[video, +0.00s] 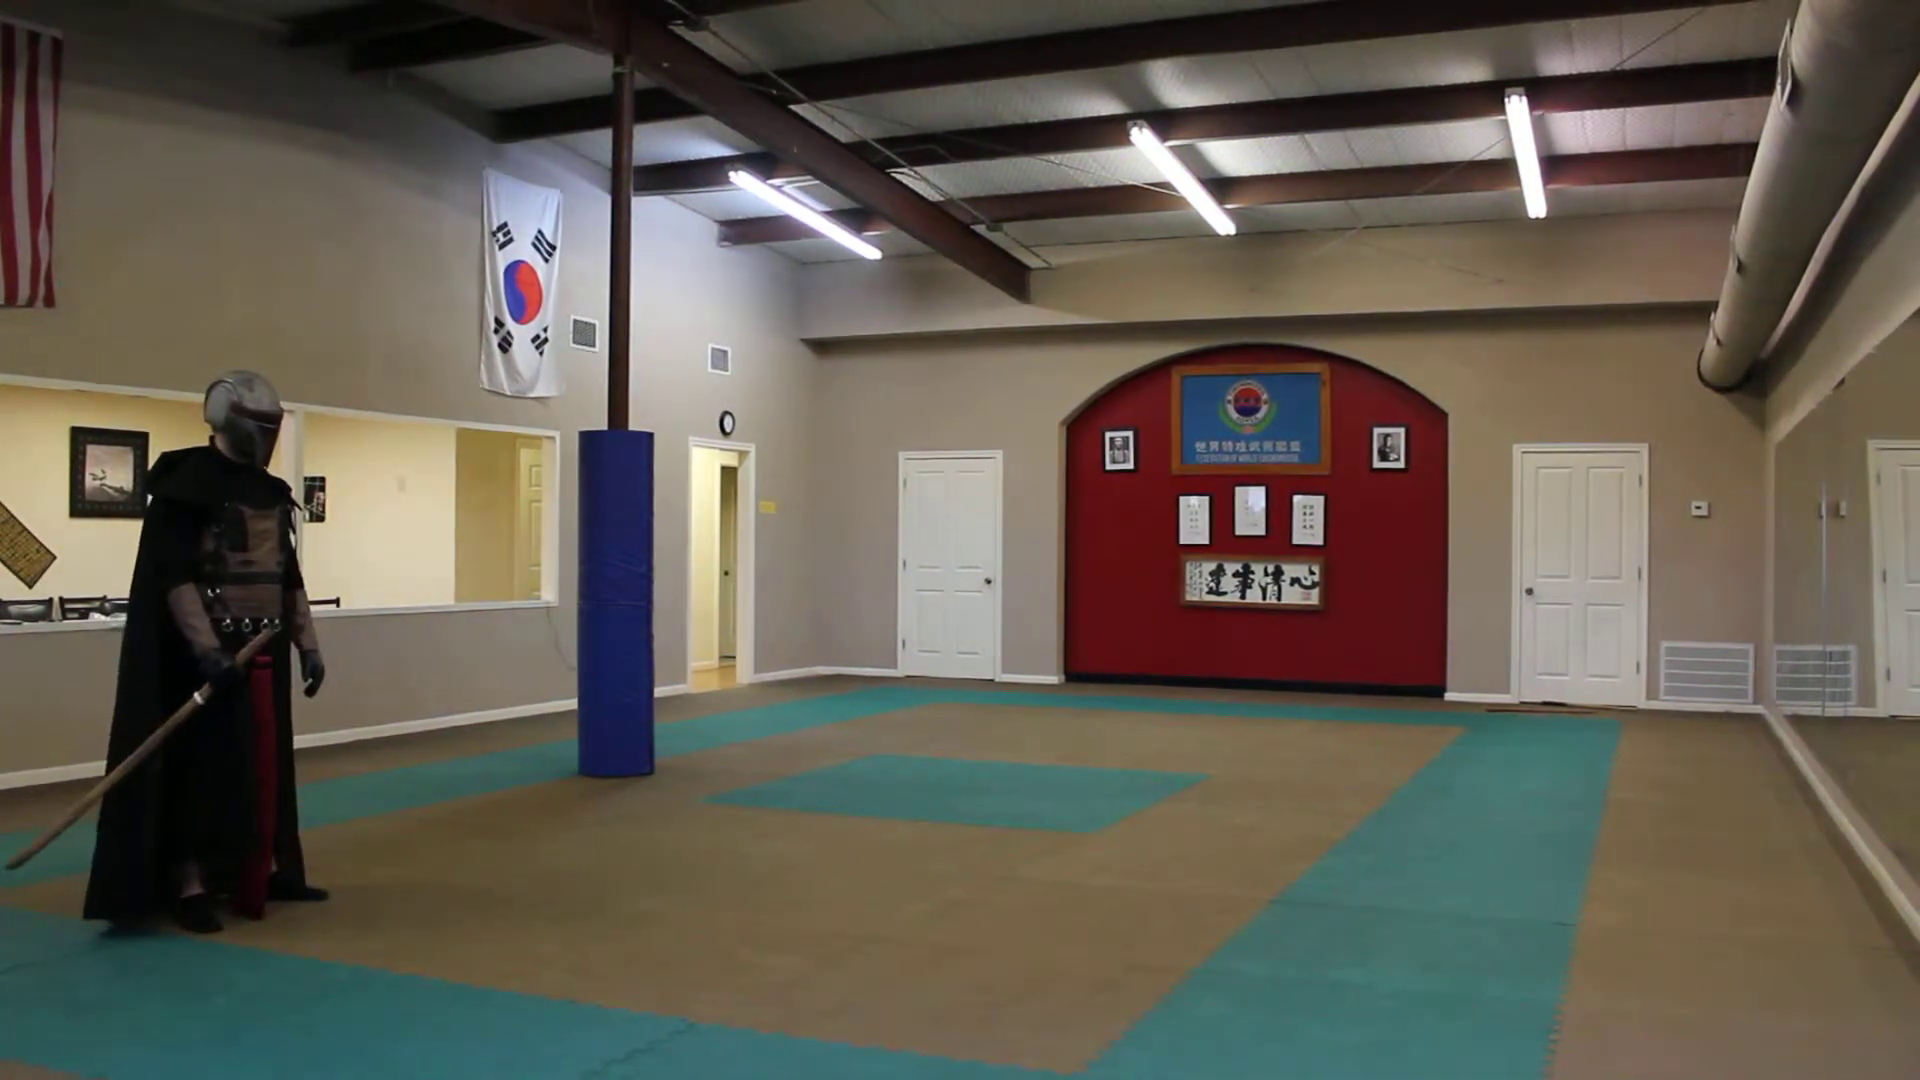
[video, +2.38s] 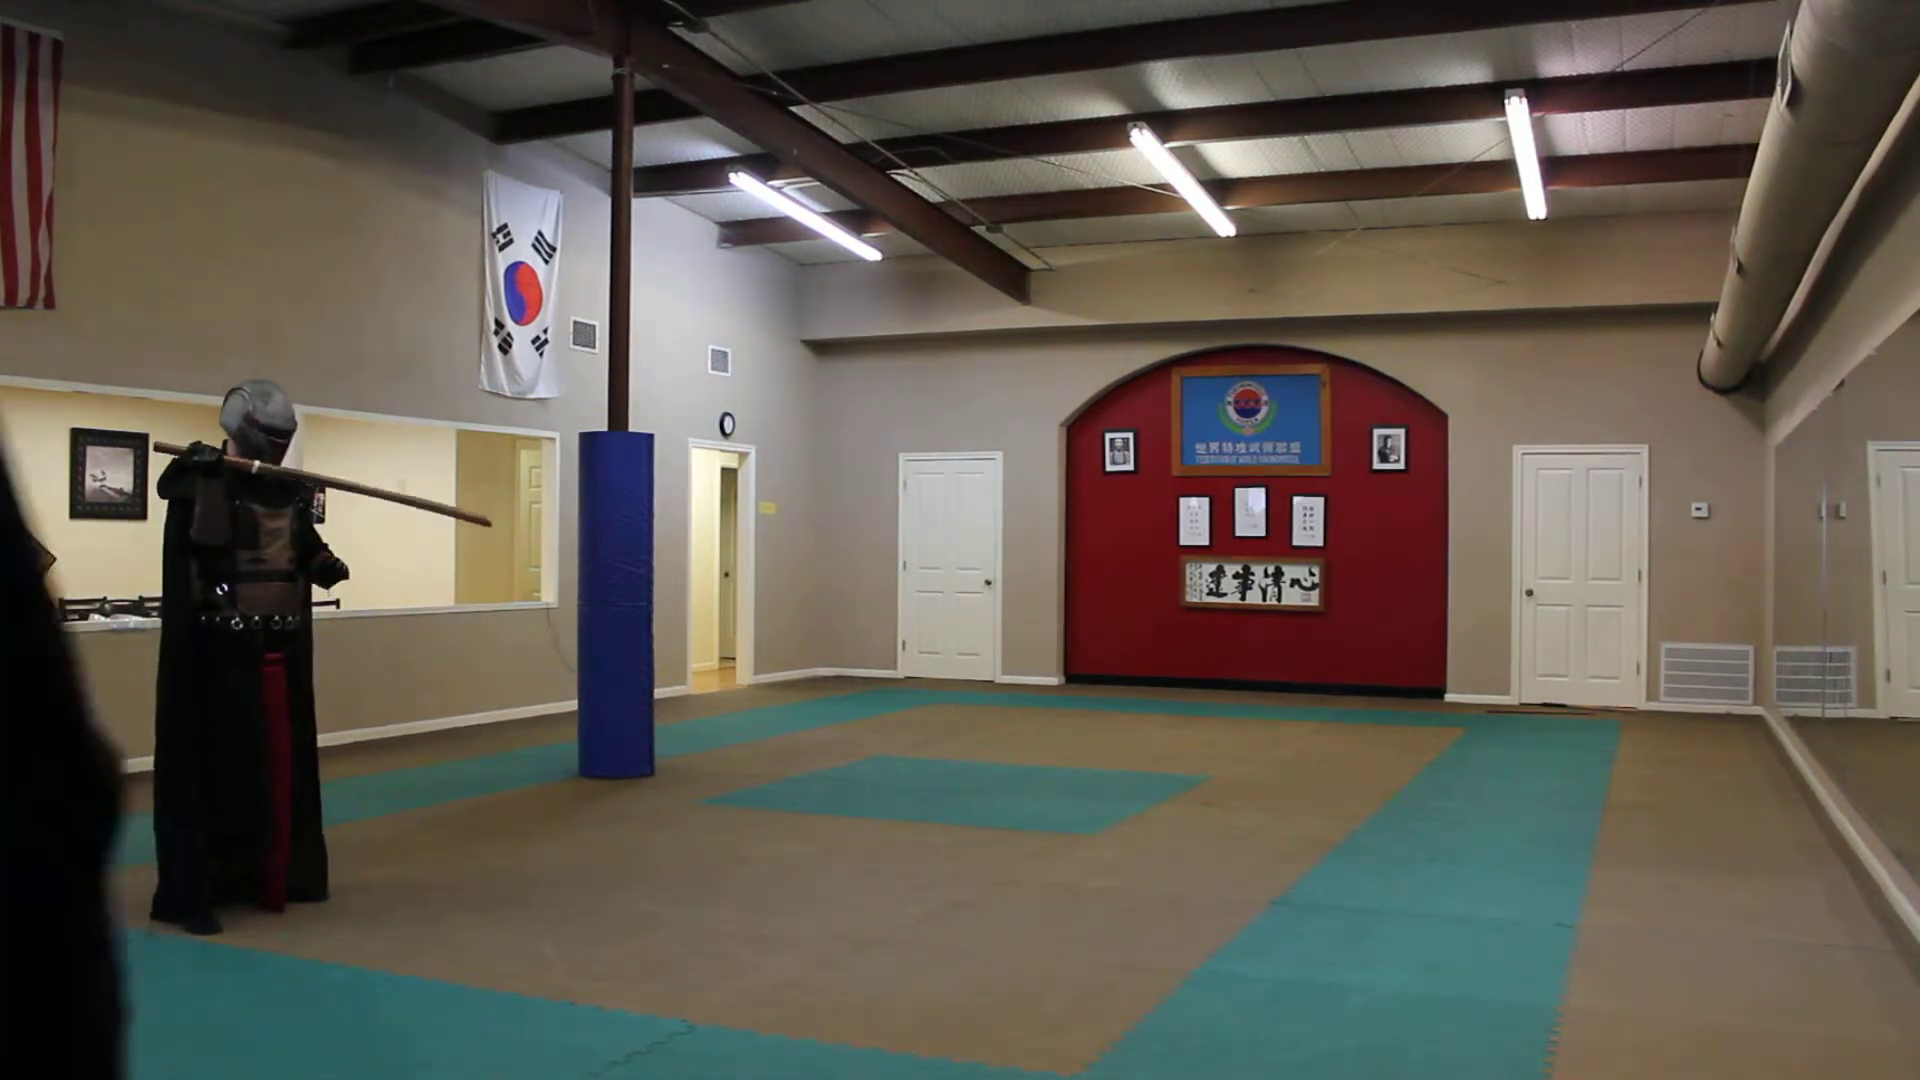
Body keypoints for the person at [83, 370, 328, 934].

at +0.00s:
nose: (273, 435)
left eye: (275, 424)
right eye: (263, 424)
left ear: (273, 424)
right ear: (230, 420)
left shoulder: (274, 495)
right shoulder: (186, 482)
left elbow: (288, 579)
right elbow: (173, 577)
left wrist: (309, 645)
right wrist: (210, 651)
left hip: (262, 658)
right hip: (199, 655)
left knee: (264, 766)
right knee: (198, 769)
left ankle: (265, 873)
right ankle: (191, 884)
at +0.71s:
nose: (276, 437)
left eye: (279, 427)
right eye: (268, 427)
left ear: (270, 427)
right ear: (232, 422)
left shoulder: (274, 493)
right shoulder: (185, 477)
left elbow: (295, 564)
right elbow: (158, 560)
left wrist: (315, 614)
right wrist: (219, 567)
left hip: (264, 652)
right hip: (198, 651)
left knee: (271, 762)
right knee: (199, 766)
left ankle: (273, 877)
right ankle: (187, 893)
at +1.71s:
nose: (278, 452)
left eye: (285, 441)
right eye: (270, 439)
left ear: (291, 440)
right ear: (239, 431)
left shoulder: (285, 494)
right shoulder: (203, 480)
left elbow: (310, 569)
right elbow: (203, 561)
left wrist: (331, 556)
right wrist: (248, 493)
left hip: (272, 647)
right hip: (212, 650)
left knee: (276, 764)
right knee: (200, 764)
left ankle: (275, 878)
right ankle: (184, 890)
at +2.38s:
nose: (279, 447)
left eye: (284, 437)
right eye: (271, 435)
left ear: (287, 437)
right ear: (242, 428)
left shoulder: (287, 491)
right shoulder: (199, 482)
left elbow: (306, 547)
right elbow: (208, 546)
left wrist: (324, 565)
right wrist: (219, 473)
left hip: (277, 650)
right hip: (214, 655)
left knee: (280, 766)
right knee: (209, 767)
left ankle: (276, 883)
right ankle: (193, 893)